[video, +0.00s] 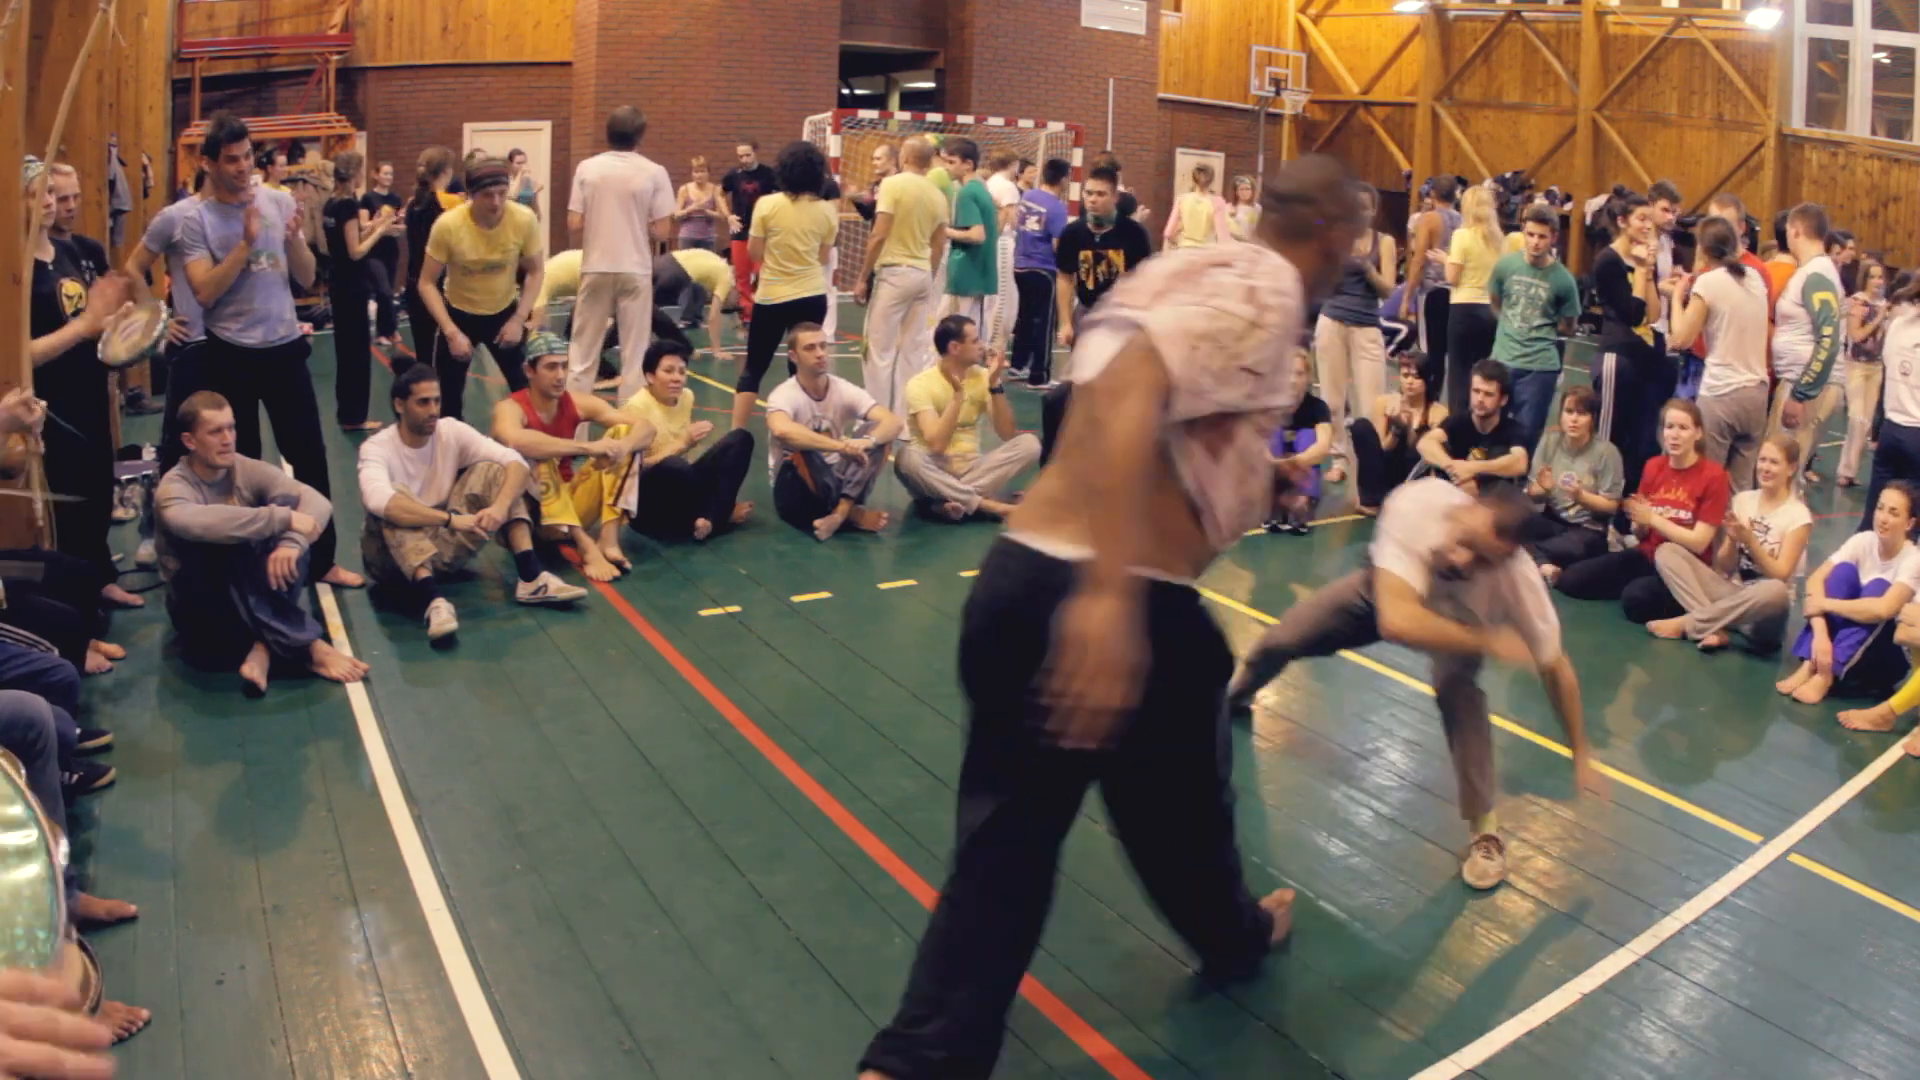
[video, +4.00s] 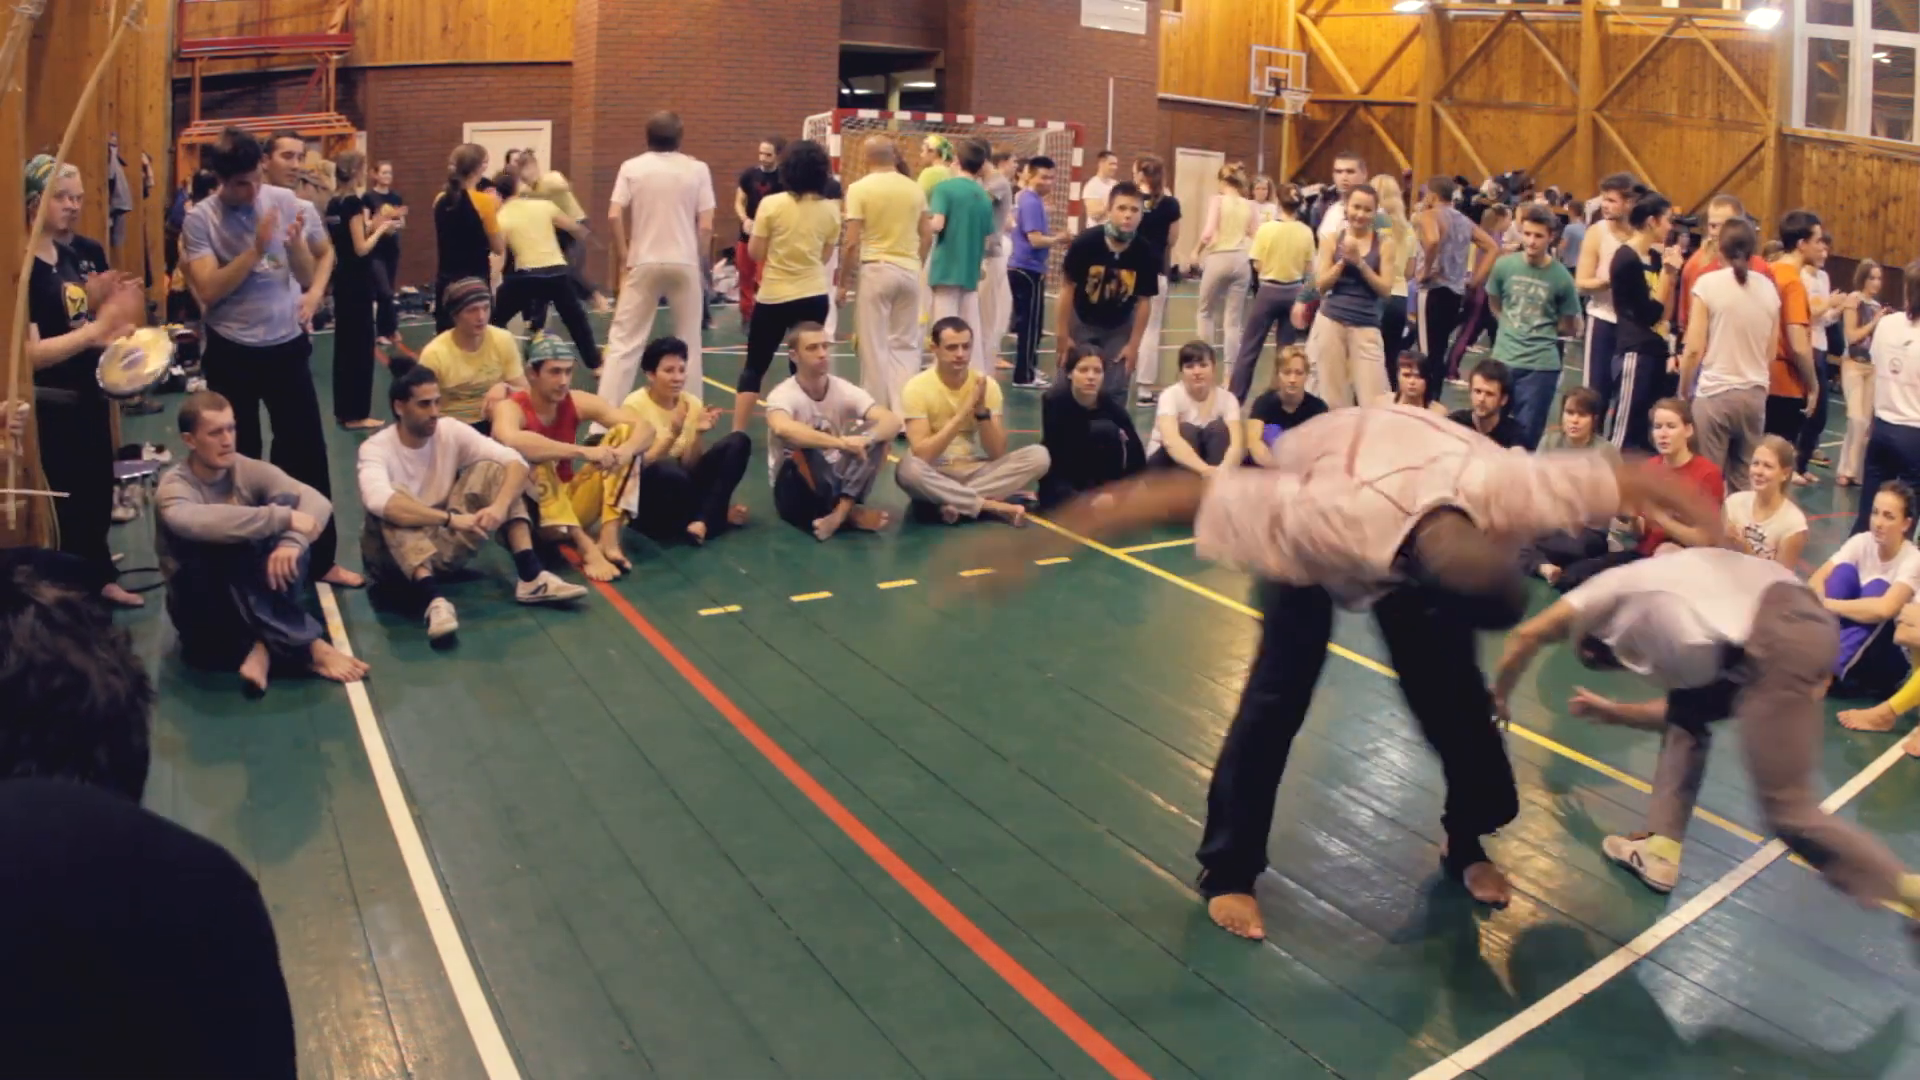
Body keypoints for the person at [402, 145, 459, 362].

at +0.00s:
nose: (453, 172)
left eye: (452, 167)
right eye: (451, 167)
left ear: (423, 168)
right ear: (445, 170)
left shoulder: (413, 203)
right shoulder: (449, 204)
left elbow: (409, 249)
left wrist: (402, 281)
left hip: (414, 283)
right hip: (436, 284)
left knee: (424, 350)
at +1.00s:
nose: (449, 173)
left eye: (449, 168)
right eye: (448, 167)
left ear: (422, 169)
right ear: (441, 171)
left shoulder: (410, 204)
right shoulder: (441, 206)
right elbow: (459, 253)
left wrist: (454, 213)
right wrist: (463, 219)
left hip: (410, 287)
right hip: (433, 290)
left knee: (423, 354)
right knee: (437, 354)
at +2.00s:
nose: (455, 172)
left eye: (455, 167)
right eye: (454, 167)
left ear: (427, 168)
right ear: (449, 169)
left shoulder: (417, 203)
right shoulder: (452, 201)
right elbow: (473, 245)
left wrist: (462, 207)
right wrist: (473, 211)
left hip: (420, 282)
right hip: (447, 284)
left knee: (428, 347)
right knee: (447, 346)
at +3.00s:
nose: (478, 168)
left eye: (478, 162)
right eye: (476, 163)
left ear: (448, 166)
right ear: (469, 168)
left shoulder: (432, 201)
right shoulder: (473, 201)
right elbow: (490, 245)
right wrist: (493, 211)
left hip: (437, 282)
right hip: (467, 284)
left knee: (439, 346)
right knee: (465, 346)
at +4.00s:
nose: (486, 168)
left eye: (486, 163)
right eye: (484, 163)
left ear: (457, 165)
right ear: (477, 168)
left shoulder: (440, 200)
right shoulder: (485, 201)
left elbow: (446, 238)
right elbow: (498, 245)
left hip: (446, 280)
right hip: (476, 281)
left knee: (445, 337)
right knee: (475, 337)